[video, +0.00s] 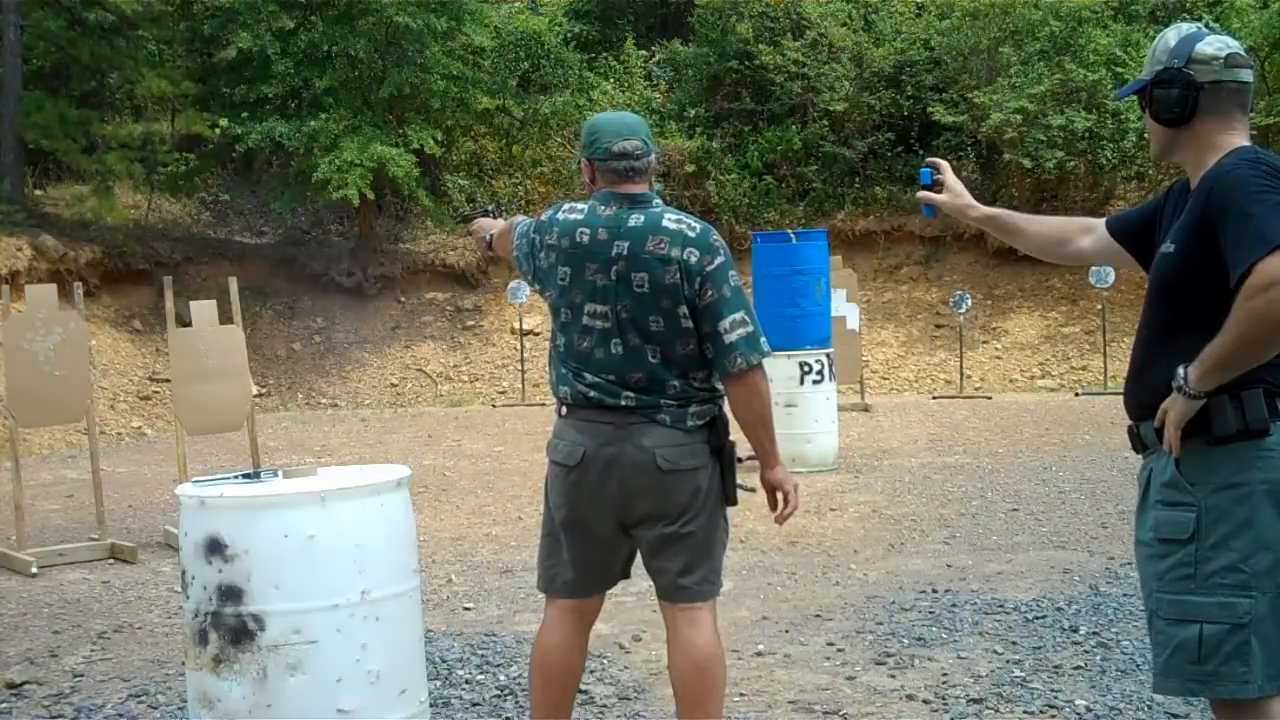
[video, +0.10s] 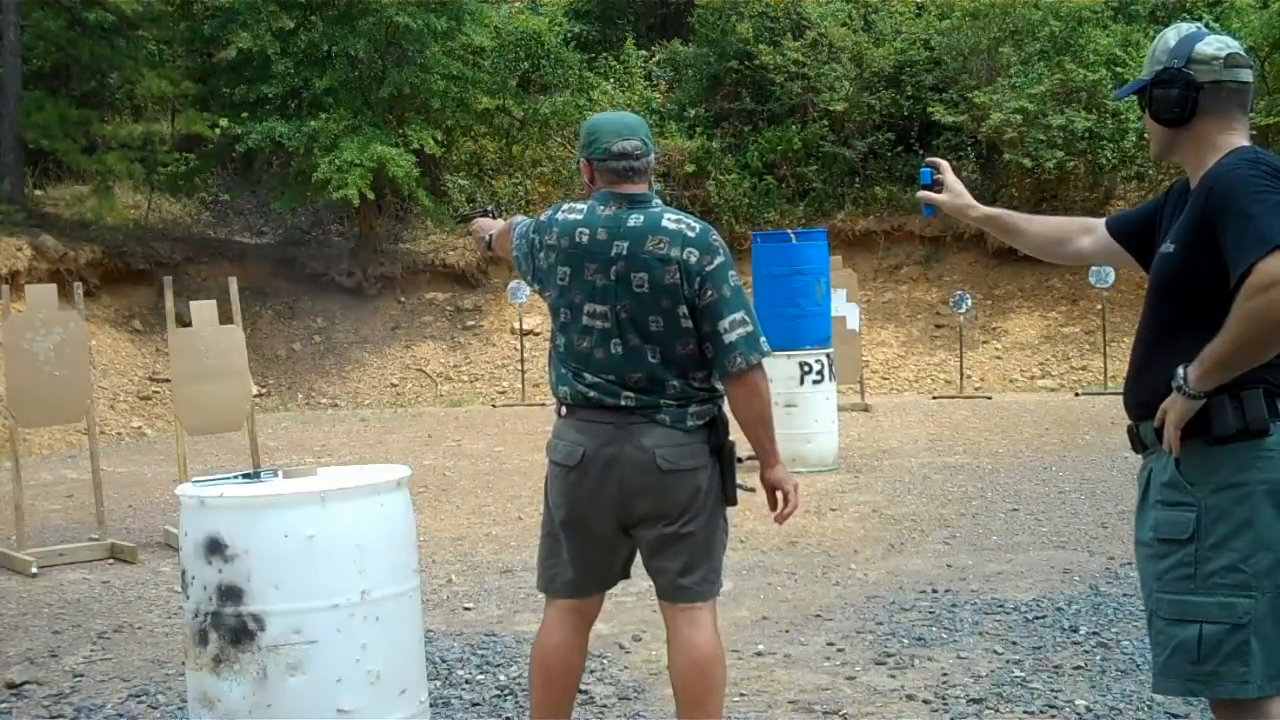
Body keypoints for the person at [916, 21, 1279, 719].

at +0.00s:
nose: (1146, 115)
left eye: (1151, 101)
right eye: (1147, 101)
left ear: (1176, 103)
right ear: (1225, 101)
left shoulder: (1243, 179)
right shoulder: (1189, 197)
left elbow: (1273, 284)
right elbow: (1084, 237)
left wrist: (1193, 383)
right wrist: (975, 212)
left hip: (1223, 463)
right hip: (1204, 459)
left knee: (1242, 691)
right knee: (1240, 685)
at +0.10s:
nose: (1146, 116)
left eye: (1151, 101)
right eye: (1147, 102)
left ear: (1176, 103)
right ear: (1225, 101)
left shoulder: (1243, 179)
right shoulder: (1190, 197)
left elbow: (1273, 285)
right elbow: (1084, 237)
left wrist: (1193, 383)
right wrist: (975, 212)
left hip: (1223, 464)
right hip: (1204, 459)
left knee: (1241, 691)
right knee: (1241, 685)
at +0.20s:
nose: (1146, 115)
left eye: (1151, 101)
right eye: (1147, 102)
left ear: (1176, 103)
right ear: (1225, 101)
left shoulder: (1243, 179)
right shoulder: (1189, 197)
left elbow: (1273, 285)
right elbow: (1083, 238)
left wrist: (1193, 382)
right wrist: (975, 212)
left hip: (1223, 464)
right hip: (1205, 459)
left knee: (1242, 692)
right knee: (1241, 685)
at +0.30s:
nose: (1146, 115)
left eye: (1151, 101)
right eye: (1147, 101)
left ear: (1176, 103)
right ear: (1225, 101)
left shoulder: (1243, 180)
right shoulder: (1189, 197)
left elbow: (1273, 285)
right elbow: (1083, 238)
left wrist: (1193, 382)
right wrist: (975, 212)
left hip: (1223, 464)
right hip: (1204, 459)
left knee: (1242, 691)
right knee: (1240, 685)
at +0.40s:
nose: (1146, 115)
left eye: (1151, 101)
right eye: (1147, 102)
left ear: (1176, 103)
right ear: (1225, 101)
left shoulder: (1242, 180)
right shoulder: (1189, 197)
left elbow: (1274, 284)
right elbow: (1083, 238)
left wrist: (1193, 383)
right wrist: (975, 212)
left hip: (1223, 464)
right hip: (1205, 460)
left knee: (1242, 693)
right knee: (1241, 686)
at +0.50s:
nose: (1146, 115)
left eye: (1150, 101)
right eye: (1147, 101)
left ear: (1176, 103)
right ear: (1224, 101)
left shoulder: (1242, 180)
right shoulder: (1189, 196)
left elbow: (1274, 284)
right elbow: (1084, 238)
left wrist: (1193, 382)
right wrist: (975, 212)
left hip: (1223, 462)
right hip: (1206, 457)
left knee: (1241, 690)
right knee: (1240, 683)